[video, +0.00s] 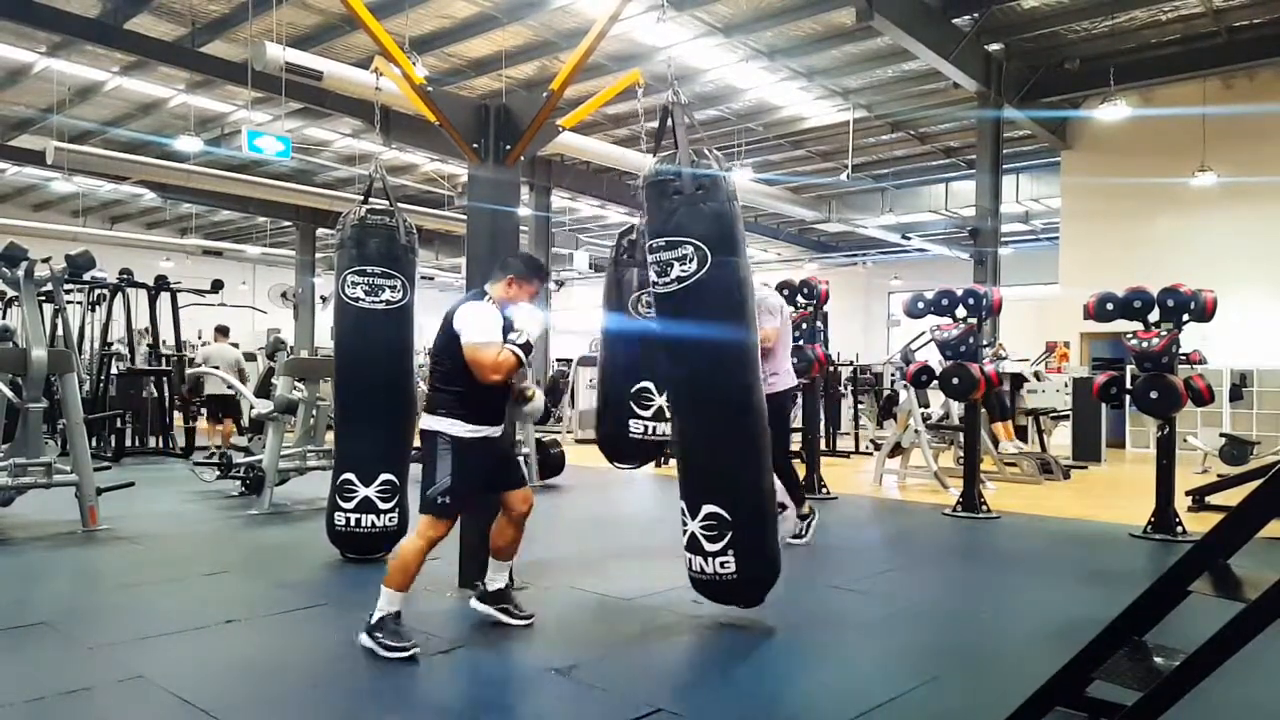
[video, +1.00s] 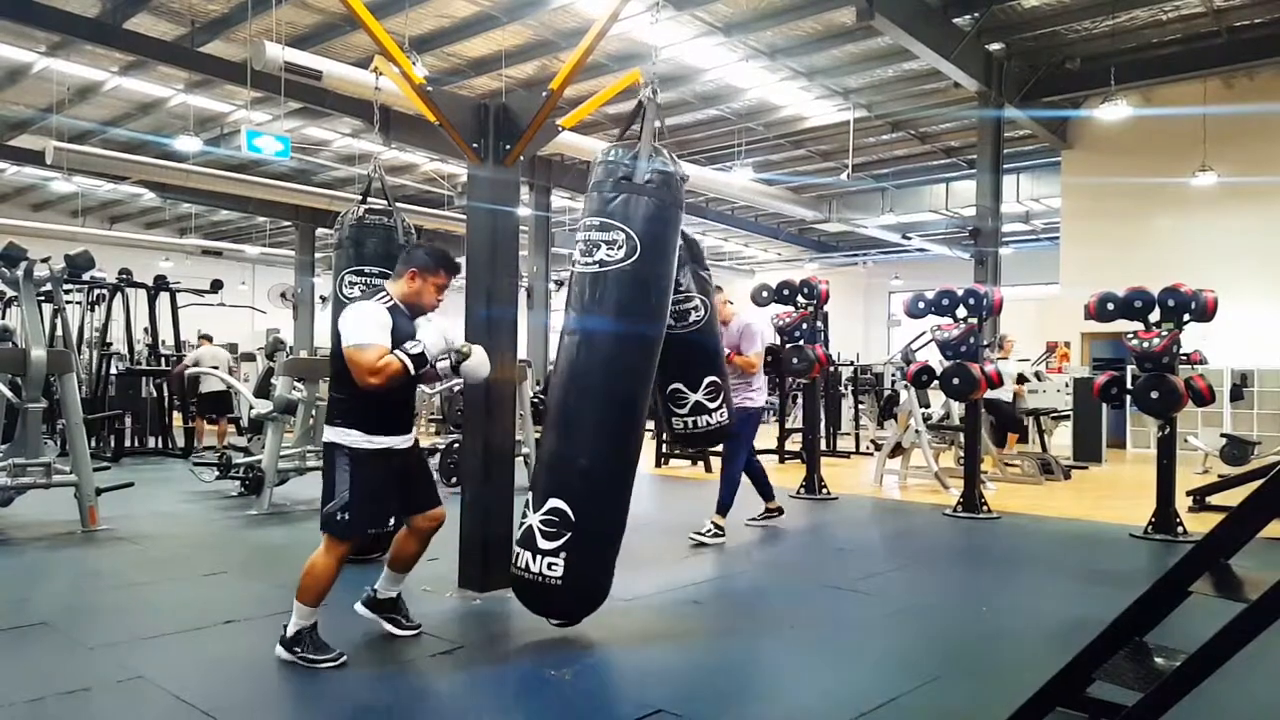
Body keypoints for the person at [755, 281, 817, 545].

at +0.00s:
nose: (729, 288)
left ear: (742, 280)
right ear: (744, 280)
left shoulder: (766, 300)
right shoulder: (750, 304)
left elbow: (767, 338)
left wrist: (734, 333)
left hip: (777, 388)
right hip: (766, 388)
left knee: (778, 458)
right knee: (767, 456)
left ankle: (804, 512)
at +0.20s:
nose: (739, 314)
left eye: (738, 308)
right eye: (737, 310)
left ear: (749, 297)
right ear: (746, 300)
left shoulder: (779, 314)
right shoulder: (755, 321)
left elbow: (780, 355)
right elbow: (755, 355)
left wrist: (751, 348)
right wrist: (742, 344)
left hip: (787, 402)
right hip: (766, 402)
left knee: (788, 462)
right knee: (758, 456)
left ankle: (816, 522)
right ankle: (784, 508)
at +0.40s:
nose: (736, 306)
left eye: (737, 300)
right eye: (733, 302)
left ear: (749, 292)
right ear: (739, 298)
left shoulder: (773, 309)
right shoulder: (751, 318)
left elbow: (776, 346)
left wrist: (749, 338)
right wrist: (735, 327)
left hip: (783, 397)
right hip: (763, 398)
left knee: (788, 455)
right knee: (758, 451)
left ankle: (814, 520)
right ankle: (770, 504)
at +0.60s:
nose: (736, 309)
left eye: (737, 303)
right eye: (734, 305)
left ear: (745, 299)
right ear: (737, 304)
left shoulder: (767, 316)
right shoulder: (744, 324)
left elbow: (772, 356)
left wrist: (743, 351)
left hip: (773, 395)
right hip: (756, 396)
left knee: (756, 449)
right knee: (753, 451)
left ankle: (792, 508)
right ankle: (774, 508)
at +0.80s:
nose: (720, 306)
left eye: (721, 300)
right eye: (717, 302)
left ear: (730, 296)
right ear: (727, 300)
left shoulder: (756, 315)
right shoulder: (729, 323)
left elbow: (763, 351)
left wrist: (731, 346)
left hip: (764, 397)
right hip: (746, 398)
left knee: (750, 456)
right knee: (764, 454)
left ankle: (734, 517)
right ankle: (777, 509)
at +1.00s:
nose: (713, 314)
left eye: (715, 308)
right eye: (711, 310)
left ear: (725, 302)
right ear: (713, 308)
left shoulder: (748, 327)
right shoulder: (717, 330)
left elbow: (753, 366)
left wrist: (724, 353)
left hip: (748, 404)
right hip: (728, 404)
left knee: (732, 460)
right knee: (745, 457)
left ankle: (718, 523)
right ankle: (772, 505)